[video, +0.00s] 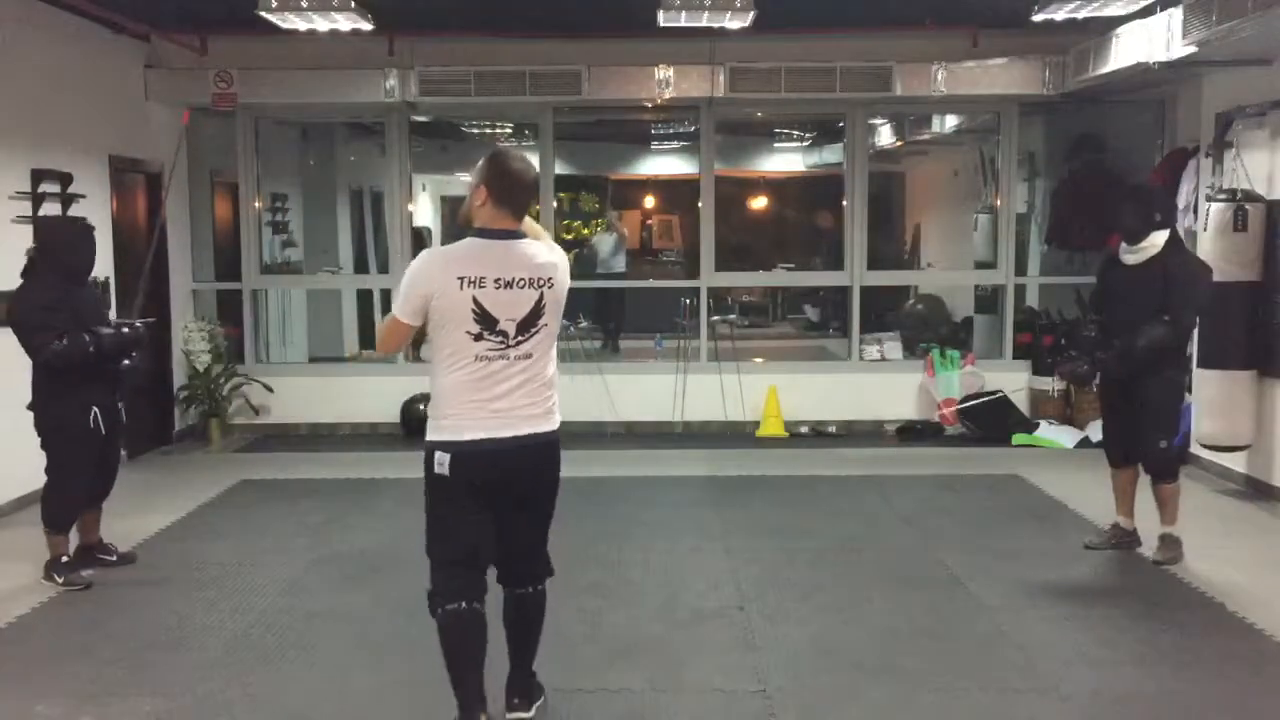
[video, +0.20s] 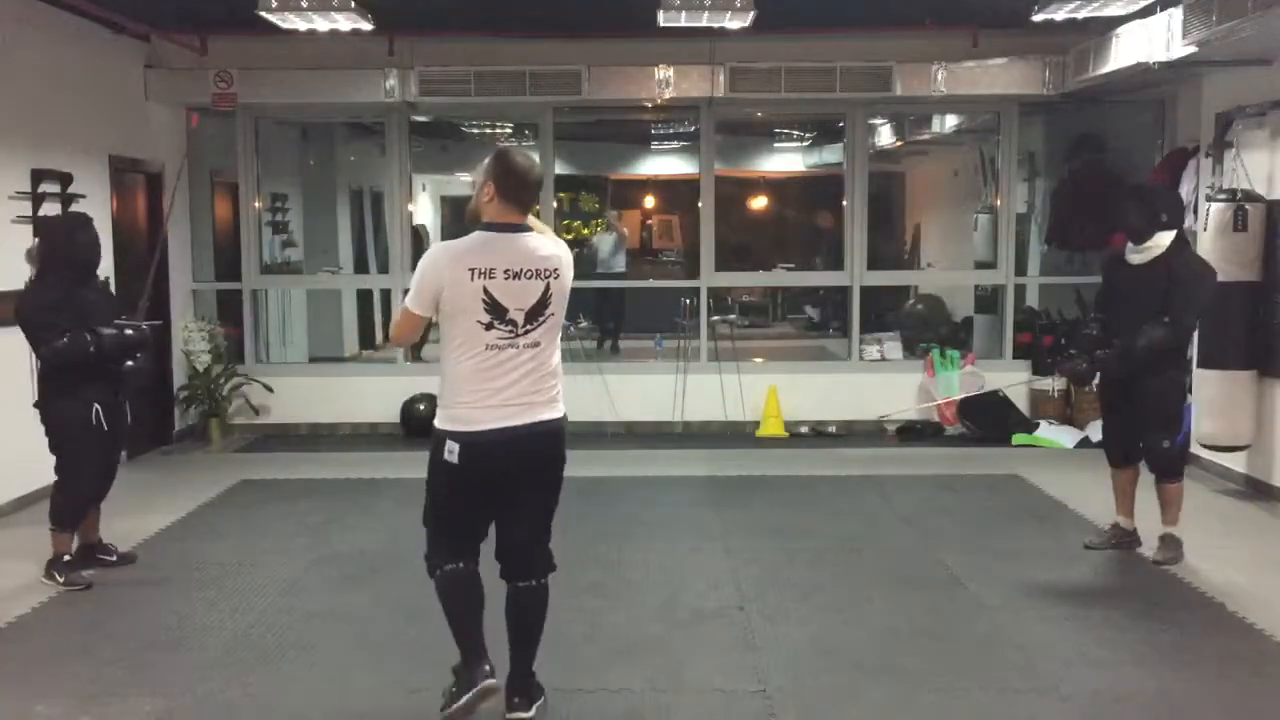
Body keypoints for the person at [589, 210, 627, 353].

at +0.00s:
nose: (610, 221)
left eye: (613, 219)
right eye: (608, 218)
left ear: (618, 221)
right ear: (606, 220)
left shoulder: (621, 235)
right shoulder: (599, 236)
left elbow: (623, 235)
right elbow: (592, 251)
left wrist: (615, 224)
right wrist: (588, 248)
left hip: (617, 273)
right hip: (601, 274)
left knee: (617, 307)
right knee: (601, 307)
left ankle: (615, 339)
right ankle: (606, 337)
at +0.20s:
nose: (609, 221)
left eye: (612, 218)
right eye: (608, 218)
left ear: (618, 219)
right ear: (606, 219)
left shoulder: (621, 234)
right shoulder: (599, 236)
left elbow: (622, 235)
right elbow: (591, 251)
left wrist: (613, 222)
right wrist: (588, 247)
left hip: (617, 273)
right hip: (601, 274)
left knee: (617, 308)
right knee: (600, 307)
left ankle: (615, 339)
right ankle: (602, 334)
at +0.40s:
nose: (607, 221)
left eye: (610, 219)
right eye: (606, 218)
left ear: (616, 220)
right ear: (603, 219)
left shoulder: (620, 234)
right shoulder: (597, 235)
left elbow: (621, 237)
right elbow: (588, 250)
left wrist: (610, 223)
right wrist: (583, 248)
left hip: (616, 276)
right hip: (598, 276)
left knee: (616, 310)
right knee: (595, 310)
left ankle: (614, 342)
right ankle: (594, 343)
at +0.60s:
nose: (602, 224)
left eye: (605, 222)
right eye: (600, 221)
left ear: (611, 222)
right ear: (597, 223)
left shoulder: (614, 237)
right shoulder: (591, 238)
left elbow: (616, 236)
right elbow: (582, 251)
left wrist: (603, 223)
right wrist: (577, 249)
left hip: (611, 276)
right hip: (593, 276)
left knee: (613, 311)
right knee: (592, 311)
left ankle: (614, 342)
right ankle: (588, 344)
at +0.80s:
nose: (598, 225)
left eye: (602, 222)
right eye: (596, 222)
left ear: (606, 223)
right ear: (592, 223)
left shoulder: (609, 237)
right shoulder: (582, 237)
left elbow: (612, 236)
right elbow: (573, 254)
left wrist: (599, 224)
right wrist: (573, 273)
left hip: (604, 277)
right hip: (586, 277)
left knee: (608, 312)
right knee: (586, 314)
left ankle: (613, 344)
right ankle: (587, 347)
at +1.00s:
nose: (593, 223)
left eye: (595, 220)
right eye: (590, 220)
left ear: (599, 221)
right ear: (585, 222)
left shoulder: (603, 235)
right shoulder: (579, 237)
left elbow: (615, 243)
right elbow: (570, 250)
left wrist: (601, 234)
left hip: (601, 276)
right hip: (584, 276)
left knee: (604, 310)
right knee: (585, 312)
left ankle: (607, 341)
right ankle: (587, 346)